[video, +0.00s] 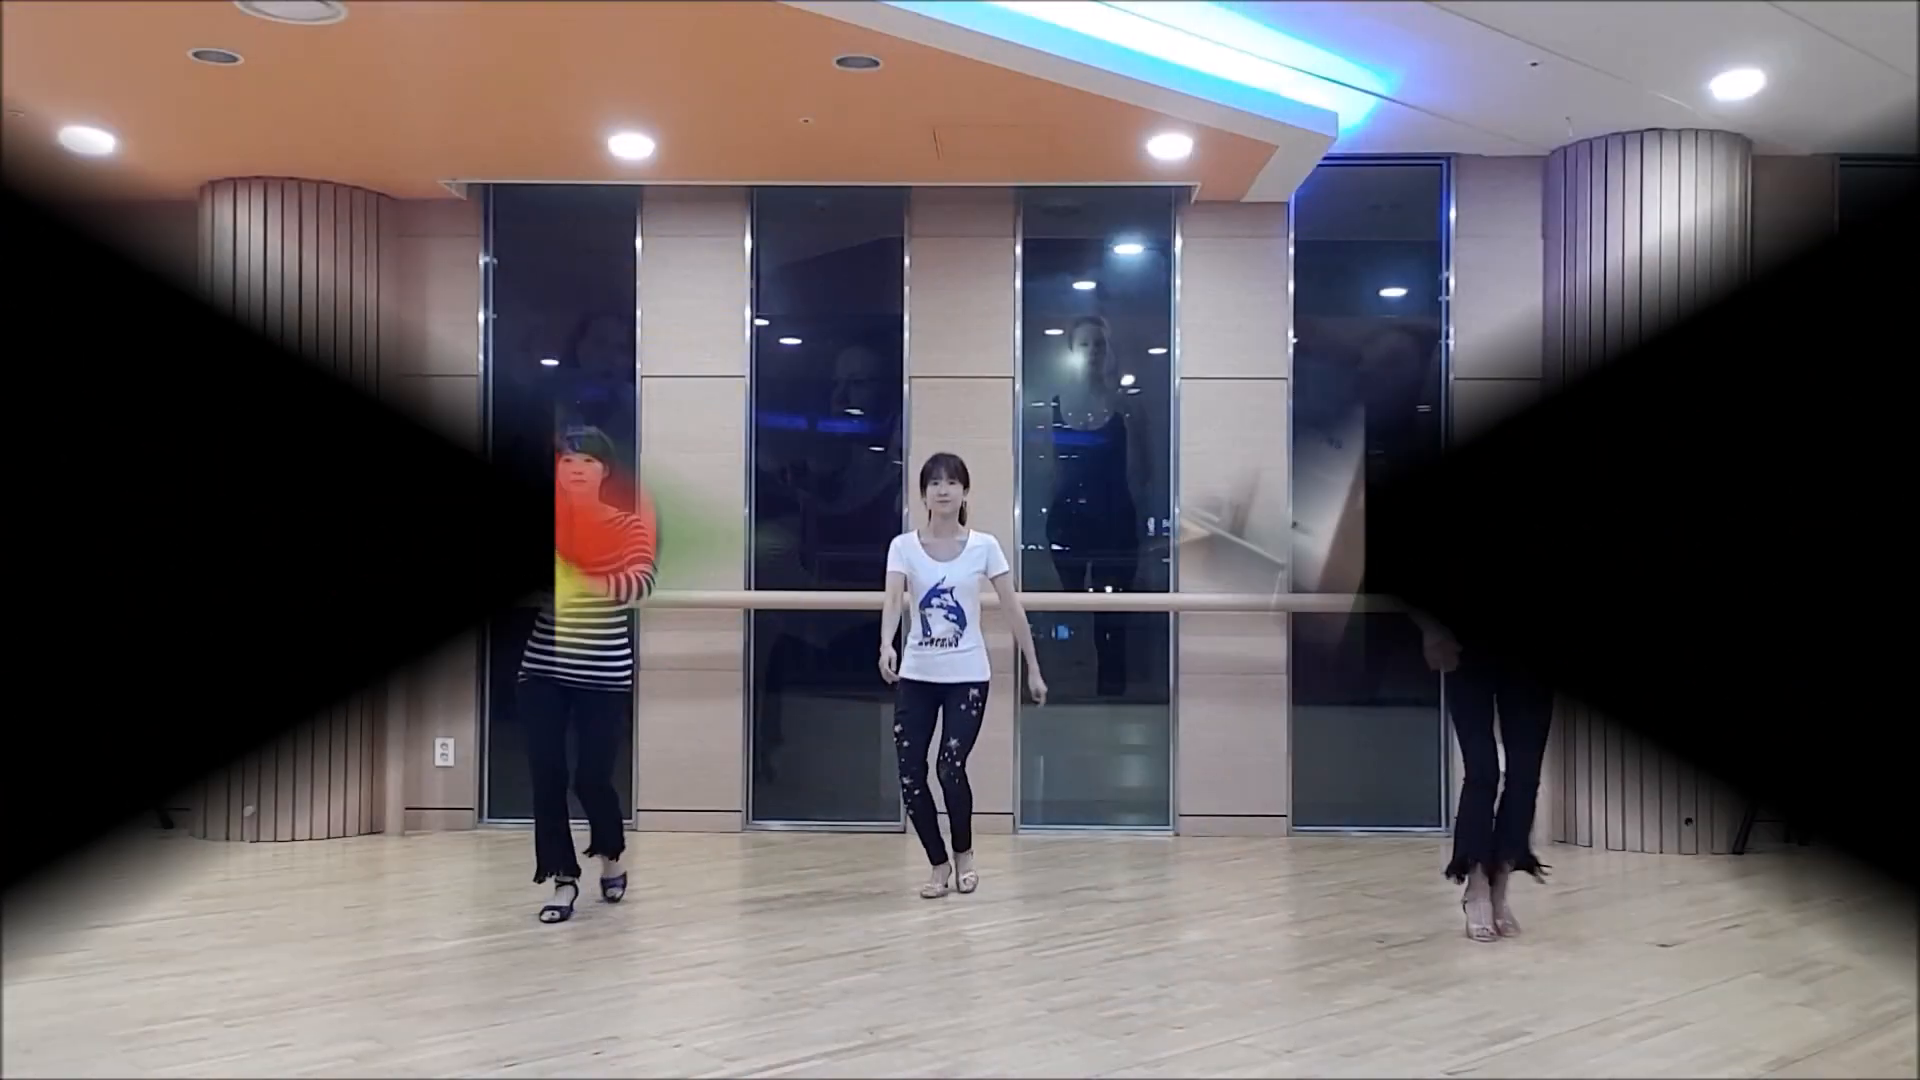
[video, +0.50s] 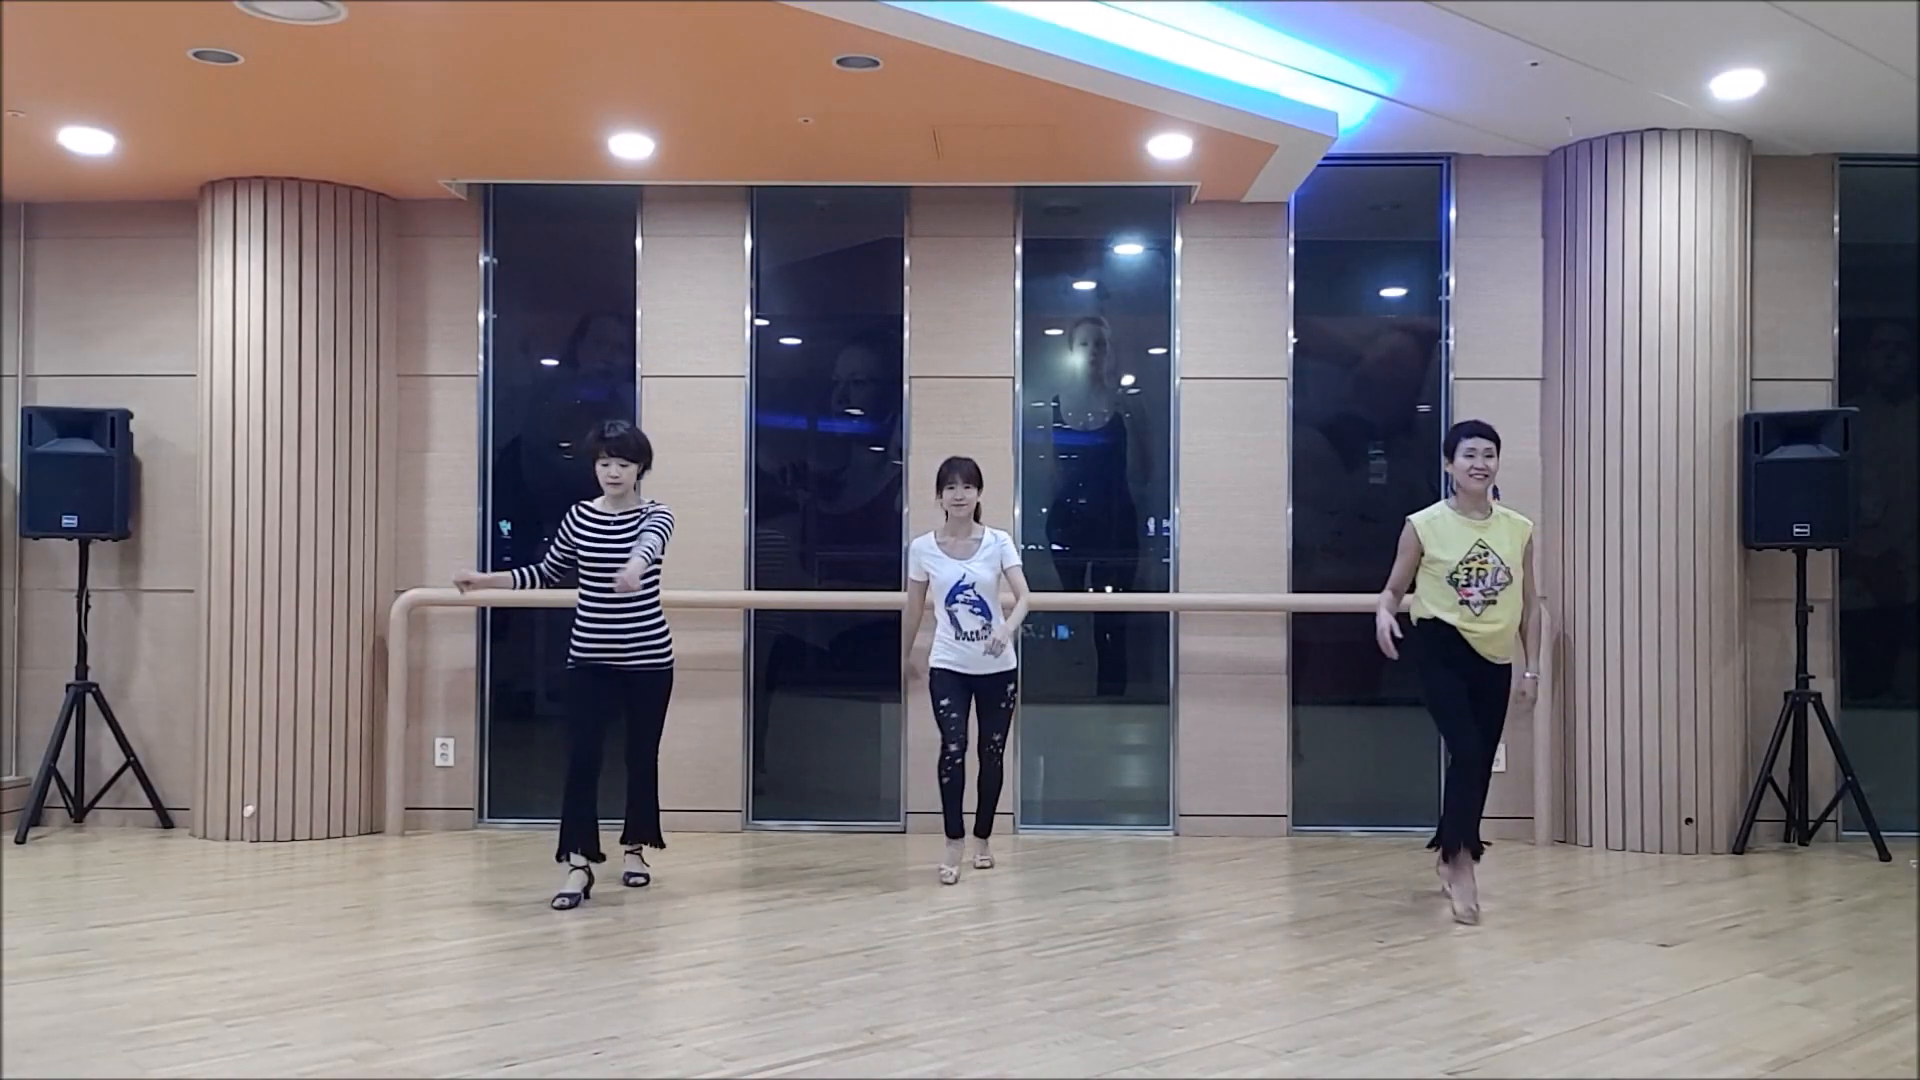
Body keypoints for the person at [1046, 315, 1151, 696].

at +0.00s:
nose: (1092, 352)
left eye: (1099, 344)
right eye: (1084, 344)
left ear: (1109, 351)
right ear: (1069, 351)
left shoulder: (1125, 406)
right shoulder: (1054, 406)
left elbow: (1139, 473)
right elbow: (1047, 470)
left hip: (1114, 521)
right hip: (1066, 521)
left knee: (1111, 623)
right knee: (1062, 615)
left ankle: (1111, 712)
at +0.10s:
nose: (1092, 352)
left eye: (1099, 344)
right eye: (1083, 344)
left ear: (1108, 351)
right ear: (1070, 351)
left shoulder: (1126, 406)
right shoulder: (1053, 407)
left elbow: (1139, 475)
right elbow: (1046, 471)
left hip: (1115, 521)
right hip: (1065, 521)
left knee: (1109, 627)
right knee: (1058, 618)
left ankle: (1110, 715)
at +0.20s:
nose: (1092, 352)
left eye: (1099, 344)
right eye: (1084, 344)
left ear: (1109, 351)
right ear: (1070, 351)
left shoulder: (1127, 407)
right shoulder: (1054, 407)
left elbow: (1139, 476)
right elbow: (1048, 475)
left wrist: (1135, 425)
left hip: (1115, 523)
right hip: (1065, 523)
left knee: (1110, 627)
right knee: (1059, 621)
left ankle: (1111, 716)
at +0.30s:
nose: (1093, 352)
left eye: (1099, 344)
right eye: (1084, 344)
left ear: (1109, 351)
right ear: (1070, 351)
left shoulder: (1126, 405)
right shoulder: (1053, 406)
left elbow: (1141, 474)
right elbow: (1045, 472)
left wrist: (1138, 423)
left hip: (1115, 522)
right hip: (1065, 522)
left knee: (1109, 627)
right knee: (1058, 621)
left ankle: (1110, 716)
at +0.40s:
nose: (1093, 352)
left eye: (1100, 344)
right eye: (1084, 344)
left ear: (1109, 351)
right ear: (1070, 351)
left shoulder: (1127, 405)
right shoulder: (1053, 406)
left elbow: (1141, 472)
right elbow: (1045, 471)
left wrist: (1139, 420)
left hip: (1115, 523)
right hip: (1065, 523)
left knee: (1110, 627)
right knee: (1061, 622)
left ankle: (1110, 715)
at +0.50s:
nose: (1093, 352)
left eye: (1100, 344)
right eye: (1084, 344)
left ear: (1109, 351)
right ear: (1070, 351)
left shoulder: (1126, 405)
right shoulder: (1053, 406)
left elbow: (1142, 473)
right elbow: (1046, 470)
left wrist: (1137, 421)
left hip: (1115, 522)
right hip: (1066, 523)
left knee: (1110, 627)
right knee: (1065, 622)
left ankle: (1111, 716)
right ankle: (1062, 712)